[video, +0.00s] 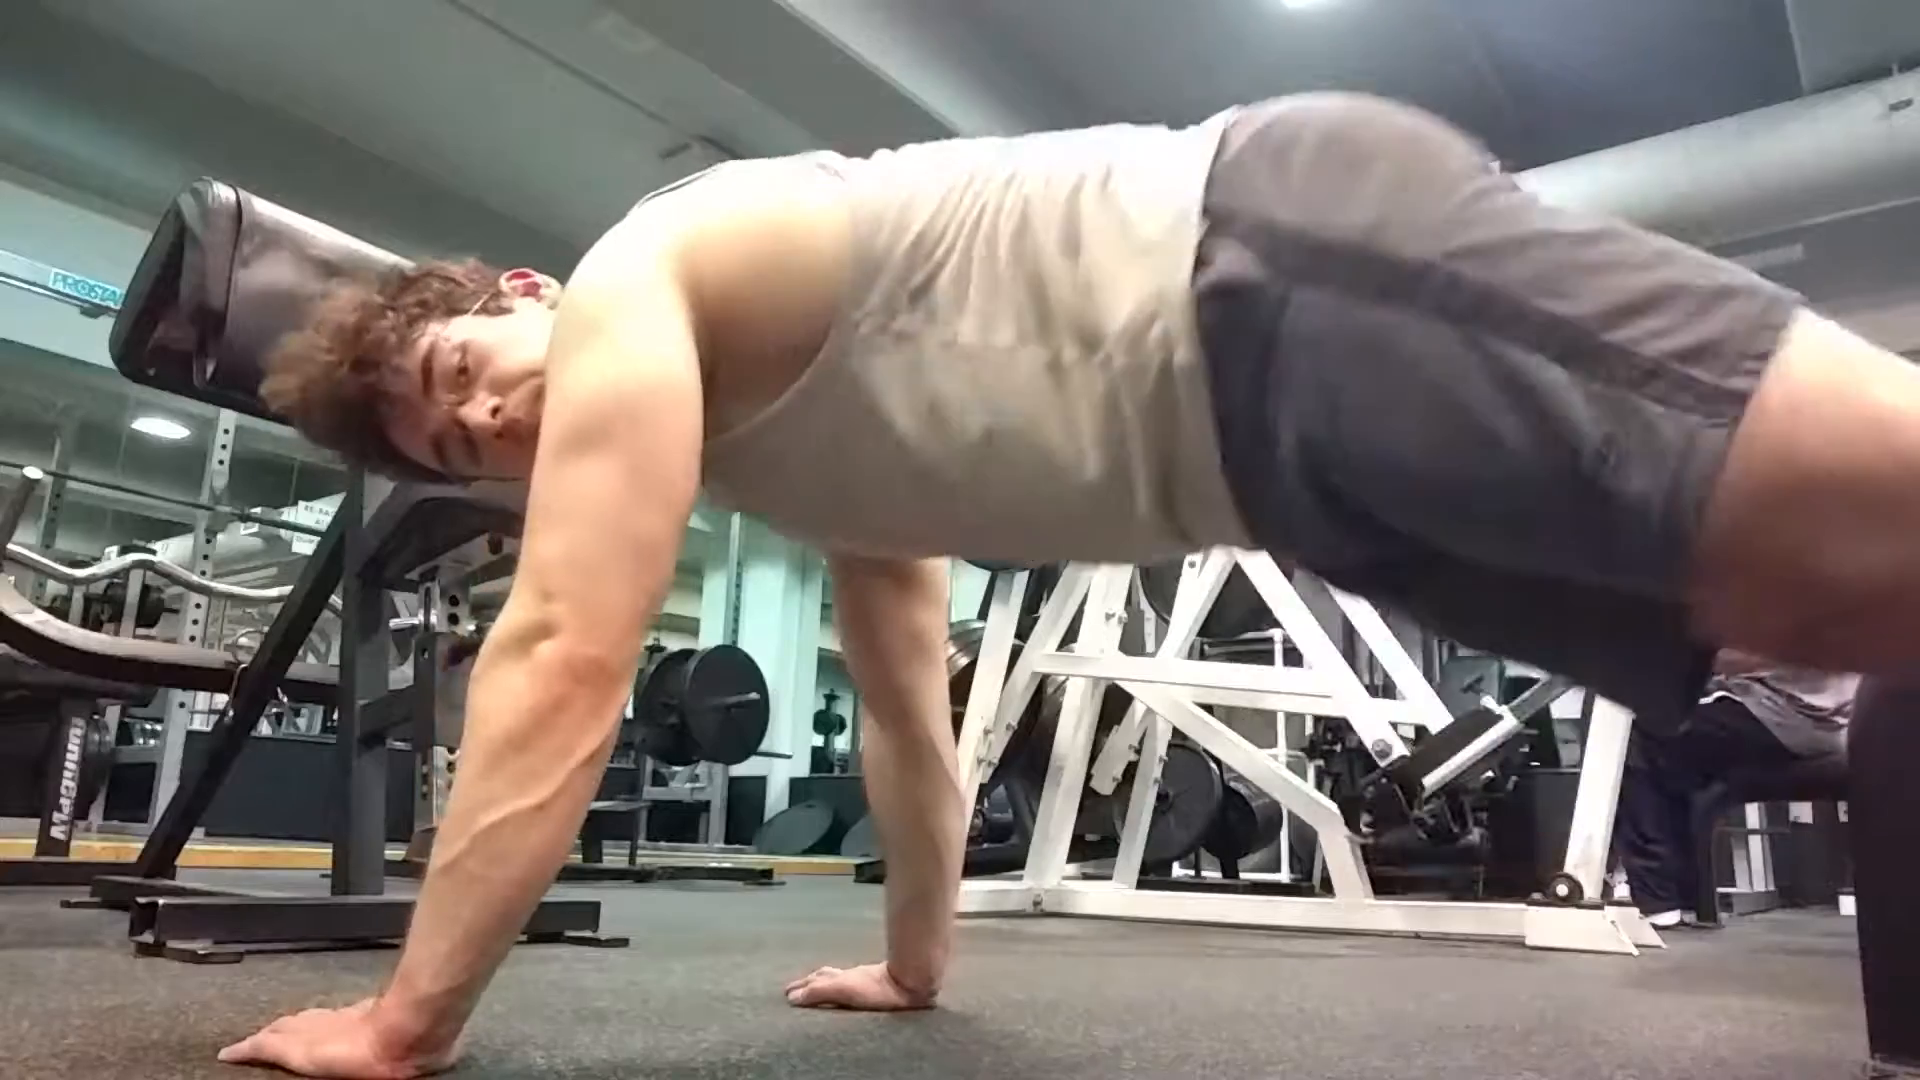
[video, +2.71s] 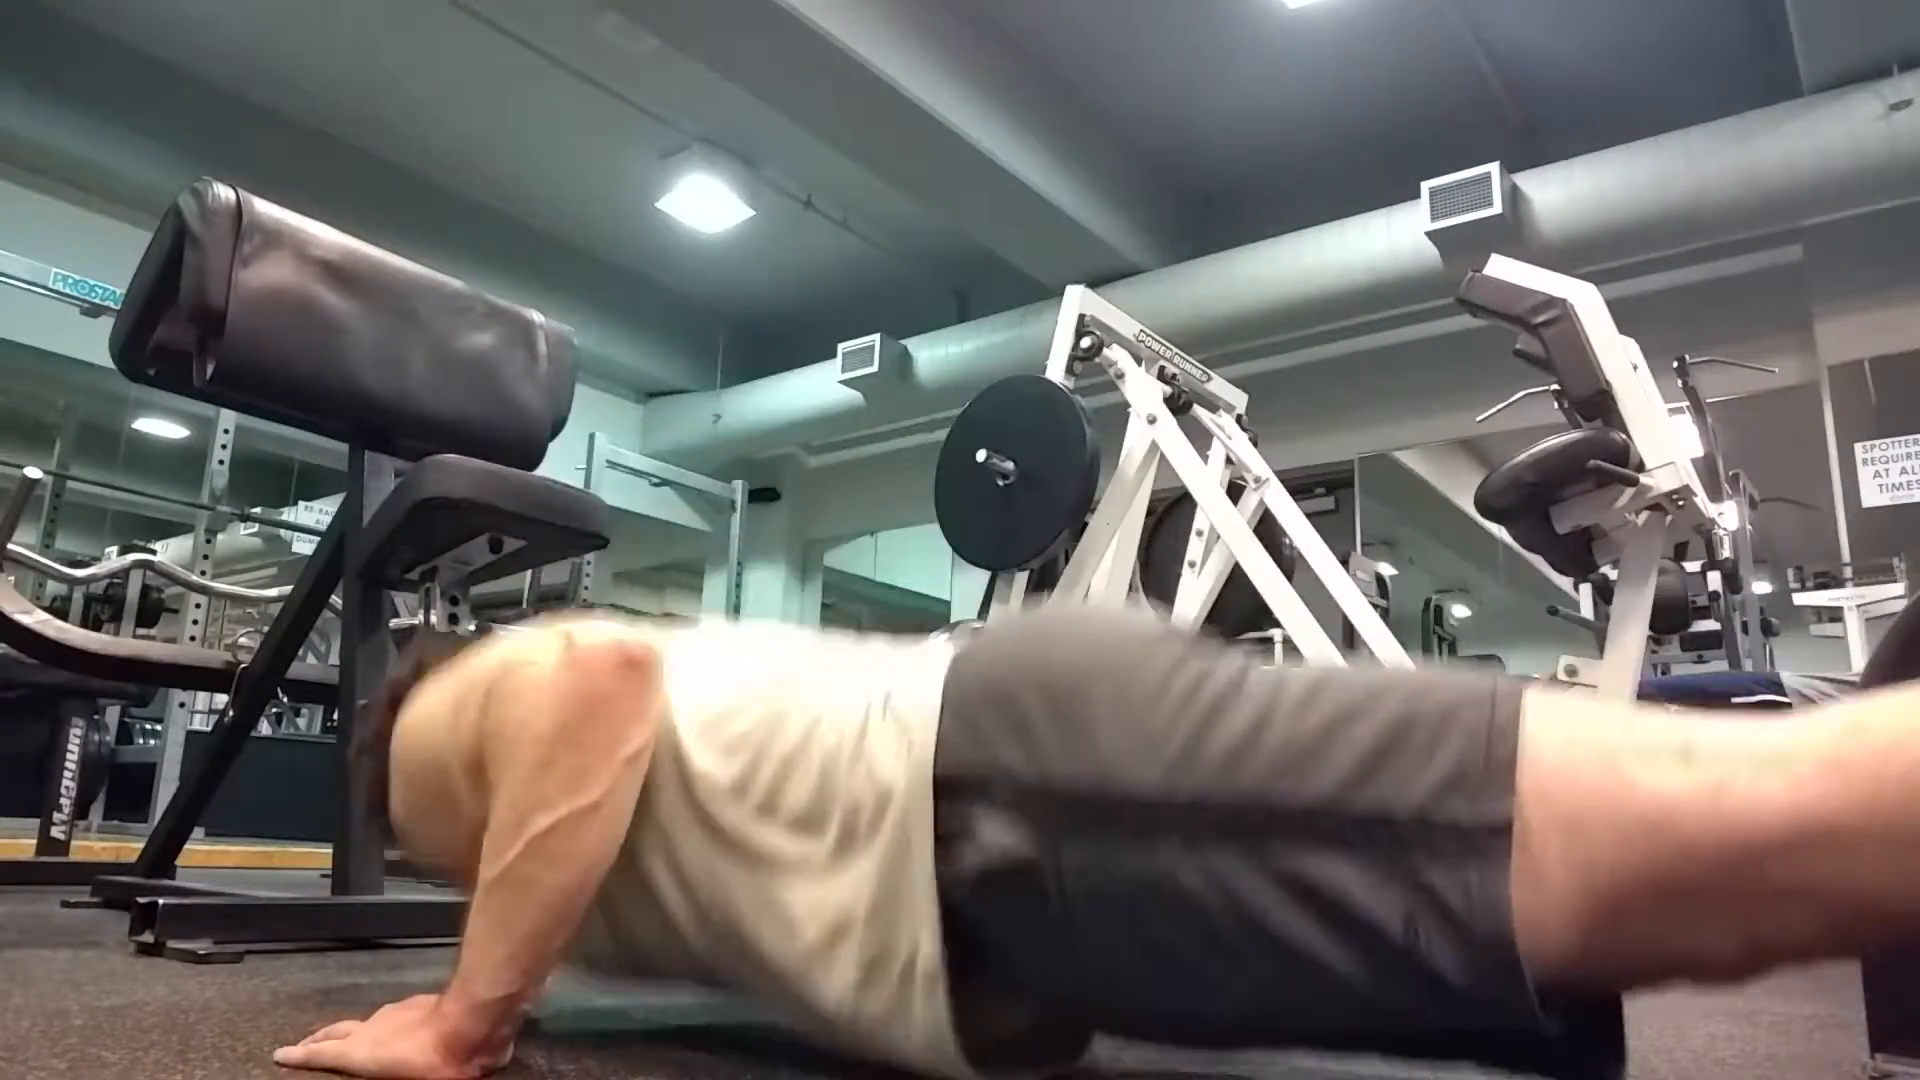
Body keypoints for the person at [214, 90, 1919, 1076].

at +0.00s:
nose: (454, 418)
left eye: (439, 364)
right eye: (417, 439)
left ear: (491, 289)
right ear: (430, 464)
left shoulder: (640, 290)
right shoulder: (790, 421)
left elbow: (557, 667)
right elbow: (896, 653)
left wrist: (411, 1006)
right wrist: (921, 960)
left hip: (1286, 294)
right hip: (1283, 457)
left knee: (1883, 492)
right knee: (1841, 621)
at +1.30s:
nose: (554, 455)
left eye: (540, 412)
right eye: (540, 430)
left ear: (559, 337)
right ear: (626, 331)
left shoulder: (635, 322)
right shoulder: (820, 441)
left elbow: (574, 658)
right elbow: (914, 692)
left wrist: (461, 1018)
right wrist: (926, 963)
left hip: (1221, 390)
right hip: (1242, 565)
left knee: (1842, 583)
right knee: (1835, 693)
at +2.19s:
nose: (433, 596)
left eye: (426, 564)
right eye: (425, 580)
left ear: (444, 492)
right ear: (556, 424)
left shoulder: (534, 492)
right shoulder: (720, 498)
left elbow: (611, 676)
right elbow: (985, 733)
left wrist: (469, 1010)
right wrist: (924, 975)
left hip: (1108, 601)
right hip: (1119, 666)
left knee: (1819, 692)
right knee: (1782, 766)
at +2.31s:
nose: (410, 701)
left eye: (400, 662)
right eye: (401, 682)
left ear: (422, 589)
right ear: (522, 530)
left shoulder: (492, 585)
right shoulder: (653, 573)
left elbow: (601, 693)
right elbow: (908, 704)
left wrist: (464, 1018)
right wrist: (933, 959)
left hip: (1064, 692)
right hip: (1079, 735)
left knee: (1765, 757)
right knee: (1741, 796)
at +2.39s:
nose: (408, 720)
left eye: (402, 679)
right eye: (409, 703)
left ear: (425, 604)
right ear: (528, 561)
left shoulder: (481, 619)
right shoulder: (649, 606)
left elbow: (598, 694)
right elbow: (896, 727)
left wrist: (461, 1020)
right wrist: (934, 957)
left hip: (1048, 716)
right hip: (1064, 811)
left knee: (1759, 788)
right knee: (1741, 818)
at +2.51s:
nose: (431, 849)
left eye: (408, 830)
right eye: (426, 828)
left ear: (403, 759)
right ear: (458, 717)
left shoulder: (447, 721)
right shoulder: (544, 755)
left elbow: (607, 697)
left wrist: (458, 1014)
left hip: (1020, 796)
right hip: (1034, 850)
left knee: (1718, 842)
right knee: (1709, 853)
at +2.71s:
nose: (436, 852)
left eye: (410, 833)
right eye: (430, 832)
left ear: (410, 750)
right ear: (450, 754)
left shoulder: (451, 711)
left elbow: (602, 691)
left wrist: (461, 1013)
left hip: (1006, 801)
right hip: (1012, 870)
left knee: (1734, 844)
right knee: (1722, 851)